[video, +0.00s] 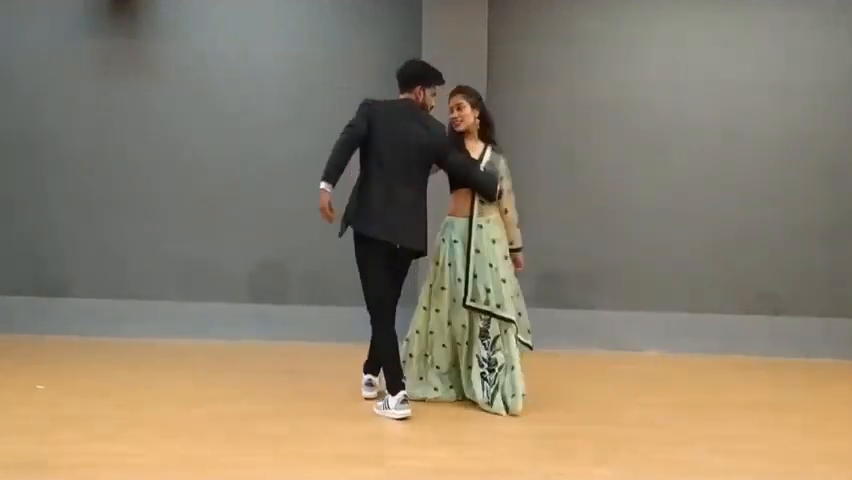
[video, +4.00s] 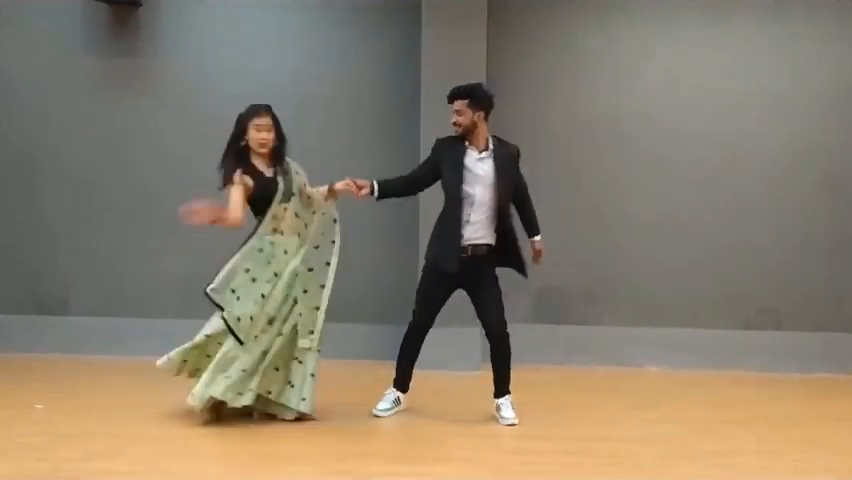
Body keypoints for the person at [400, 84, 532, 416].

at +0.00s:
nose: (455, 115)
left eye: (461, 108)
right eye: (452, 110)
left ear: (477, 112)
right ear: (450, 117)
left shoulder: (496, 159)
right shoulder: (448, 152)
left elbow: (507, 205)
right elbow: (420, 160)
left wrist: (515, 246)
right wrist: (418, 115)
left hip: (488, 234)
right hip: (455, 232)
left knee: (488, 309)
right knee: (452, 307)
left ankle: (487, 382)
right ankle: (450, 381)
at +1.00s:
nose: (423, 112)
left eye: (428, 105)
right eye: (423, 105)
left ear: (440, 110)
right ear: (448, 109)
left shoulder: (451, 156)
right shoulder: (436, 152)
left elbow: (460, 211)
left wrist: (459, 259)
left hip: (442, 253)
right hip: (426, 251)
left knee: (438, 330)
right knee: (424, 329)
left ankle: (441, 409)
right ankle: (423, 407)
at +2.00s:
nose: (382, 126)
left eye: (381, 119)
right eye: (381, 120)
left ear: (347, 120)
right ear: (372, 123)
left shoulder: (329, 163)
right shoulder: (380, 163)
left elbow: (307, 213)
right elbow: (415, 201)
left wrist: (285, 252)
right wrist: (457, 203)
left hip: (336, 245)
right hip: (370, 245)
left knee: (333, 328)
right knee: (367, 331)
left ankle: (326, 413)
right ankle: (360, 415)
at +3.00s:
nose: (296, 143)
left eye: (303, 136)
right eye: (292, 138)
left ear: (319, 142)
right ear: (288, 145)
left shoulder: (330, 185)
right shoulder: (278, 183)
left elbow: (344, 222)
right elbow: (267, 231)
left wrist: (362, 212)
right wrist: (253, 274)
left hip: (310, 263)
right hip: (278, 261)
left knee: (311, 331)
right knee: (257, 327)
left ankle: (310, 399)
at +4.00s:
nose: (265, 136)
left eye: (270, 130)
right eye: (258, 130)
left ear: (277, 134)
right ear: (244, 136)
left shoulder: (290, 169)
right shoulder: (242, 176)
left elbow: (309, 197)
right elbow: (237, 217)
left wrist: (335, 188)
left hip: (298, 251)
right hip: (267, 254)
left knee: (292, 323)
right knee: (252, 322)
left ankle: (276, 398)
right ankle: (218, 394)